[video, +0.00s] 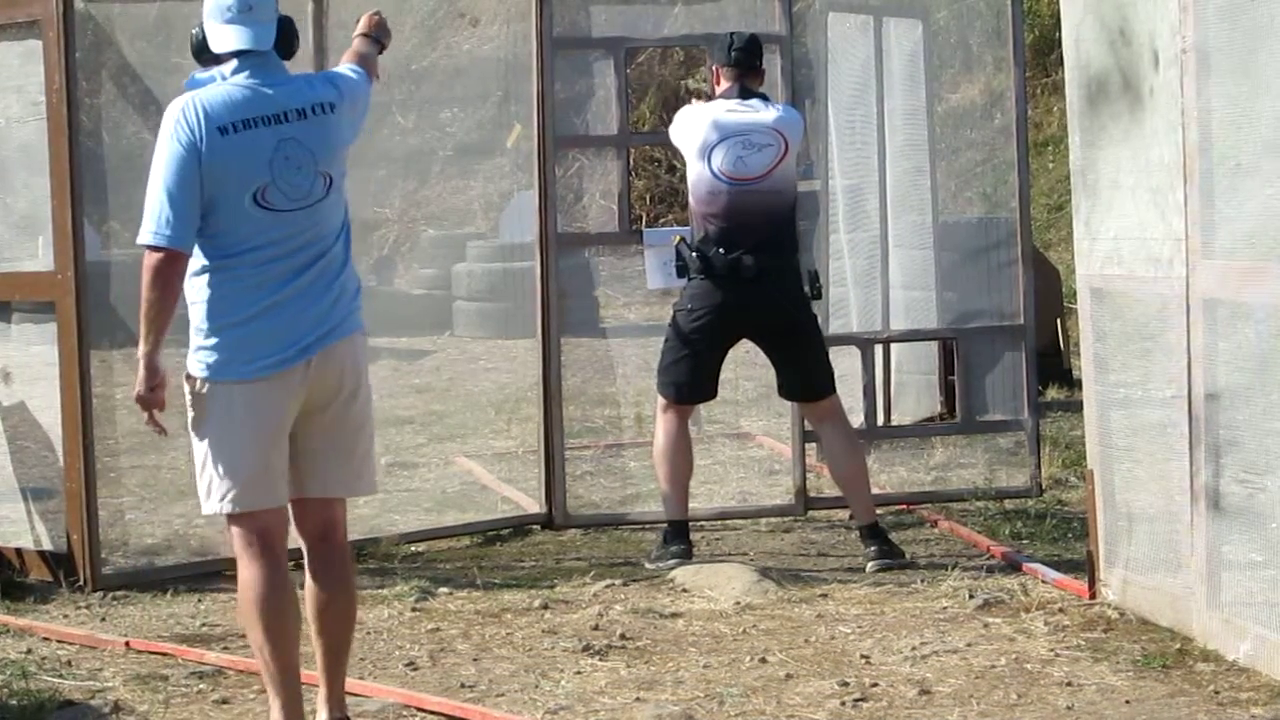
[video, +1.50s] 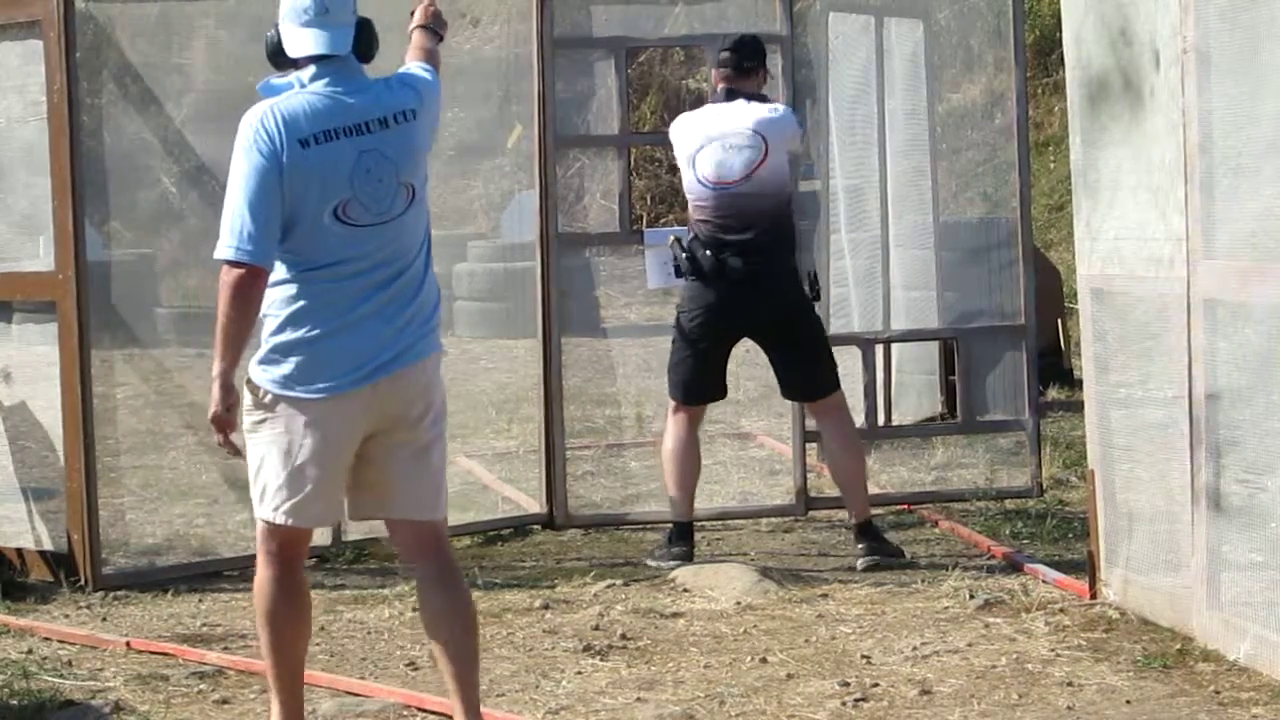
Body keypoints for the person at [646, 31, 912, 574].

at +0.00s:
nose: (713, 82)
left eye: (712, 75)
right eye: (725, 75)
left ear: (717, 77)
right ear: (762, 76)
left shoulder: (691, 121)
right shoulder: (791, 121)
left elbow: (693, 126)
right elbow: (762, 127)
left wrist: (719, 99)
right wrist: (736, 96)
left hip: (711, 296)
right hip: (781, 295)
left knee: (673, 409)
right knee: (828, 414)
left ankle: (675, 539)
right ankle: (874, 536)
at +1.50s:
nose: (761, 85)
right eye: (762, 77)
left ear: (713, 79)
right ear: (761, 78)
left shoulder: (682, 128)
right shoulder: (781, 119)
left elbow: (709, 168)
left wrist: (727, 101)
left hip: (708, 296)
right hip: (777, 292)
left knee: (683, 414)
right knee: (830, 412)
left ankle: (679, 539)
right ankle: (867, 534)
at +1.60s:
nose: (771, 84)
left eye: (768, 78)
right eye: (769, 77)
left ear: (716, 78)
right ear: (762, 79)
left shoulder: (685, 128)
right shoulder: (774, 118)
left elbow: (734, 151)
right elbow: (815, 133)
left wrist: (800, 126)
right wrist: (819, 117)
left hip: (705, 295)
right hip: (773, 293)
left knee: (695, 416)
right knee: (833, 410)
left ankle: (681, 538)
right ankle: (865, 536)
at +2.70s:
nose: (791, 93)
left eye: (788, 86)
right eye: (791, 86)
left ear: (738, 85)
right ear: (783, 84)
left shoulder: (705, 134)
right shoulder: (786, 130)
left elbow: (762, 181)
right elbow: (847, 185)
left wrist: (827, 147)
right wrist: (854, 146)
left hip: (711, 298)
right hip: (777, 296)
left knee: (703, 420)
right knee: (837, 413)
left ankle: (679, 540)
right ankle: (883, 533)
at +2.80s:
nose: (732, 115)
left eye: (733, 109)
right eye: (740, 109)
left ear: (741, 109)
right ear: (785, 108)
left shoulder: (710, 163)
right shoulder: (806, 151)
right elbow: (866, 222)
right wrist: (850, 180)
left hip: (724, 309)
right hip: (793, 308)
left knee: (690, 413)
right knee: (846, 420)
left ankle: (681, 535)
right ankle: (895, 538)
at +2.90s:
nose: (707, 140)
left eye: (709, 131)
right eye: (707, 132)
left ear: (726, 128)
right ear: (759, 129)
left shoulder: (703, 178)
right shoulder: (804, 173)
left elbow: (668, 265)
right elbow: (863, 246)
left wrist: (682, 297)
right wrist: (829, 212)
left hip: (727, 327)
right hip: (798, 327)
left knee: (663, 406)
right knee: (847, 427)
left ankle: (677, 532)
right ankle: (894, 537)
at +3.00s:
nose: (655, 147)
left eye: (658, 135)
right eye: (654, 137)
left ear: (680, 127)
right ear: (703, 129)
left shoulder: (673, 172)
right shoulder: (761, 173)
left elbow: (647, 217)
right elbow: (823, 241)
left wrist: (618, 280)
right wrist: (776, 233)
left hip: (711, 329)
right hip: (778, 329)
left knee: (620, 400)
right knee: (831, 430)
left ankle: (646, 529)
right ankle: (894, 536)